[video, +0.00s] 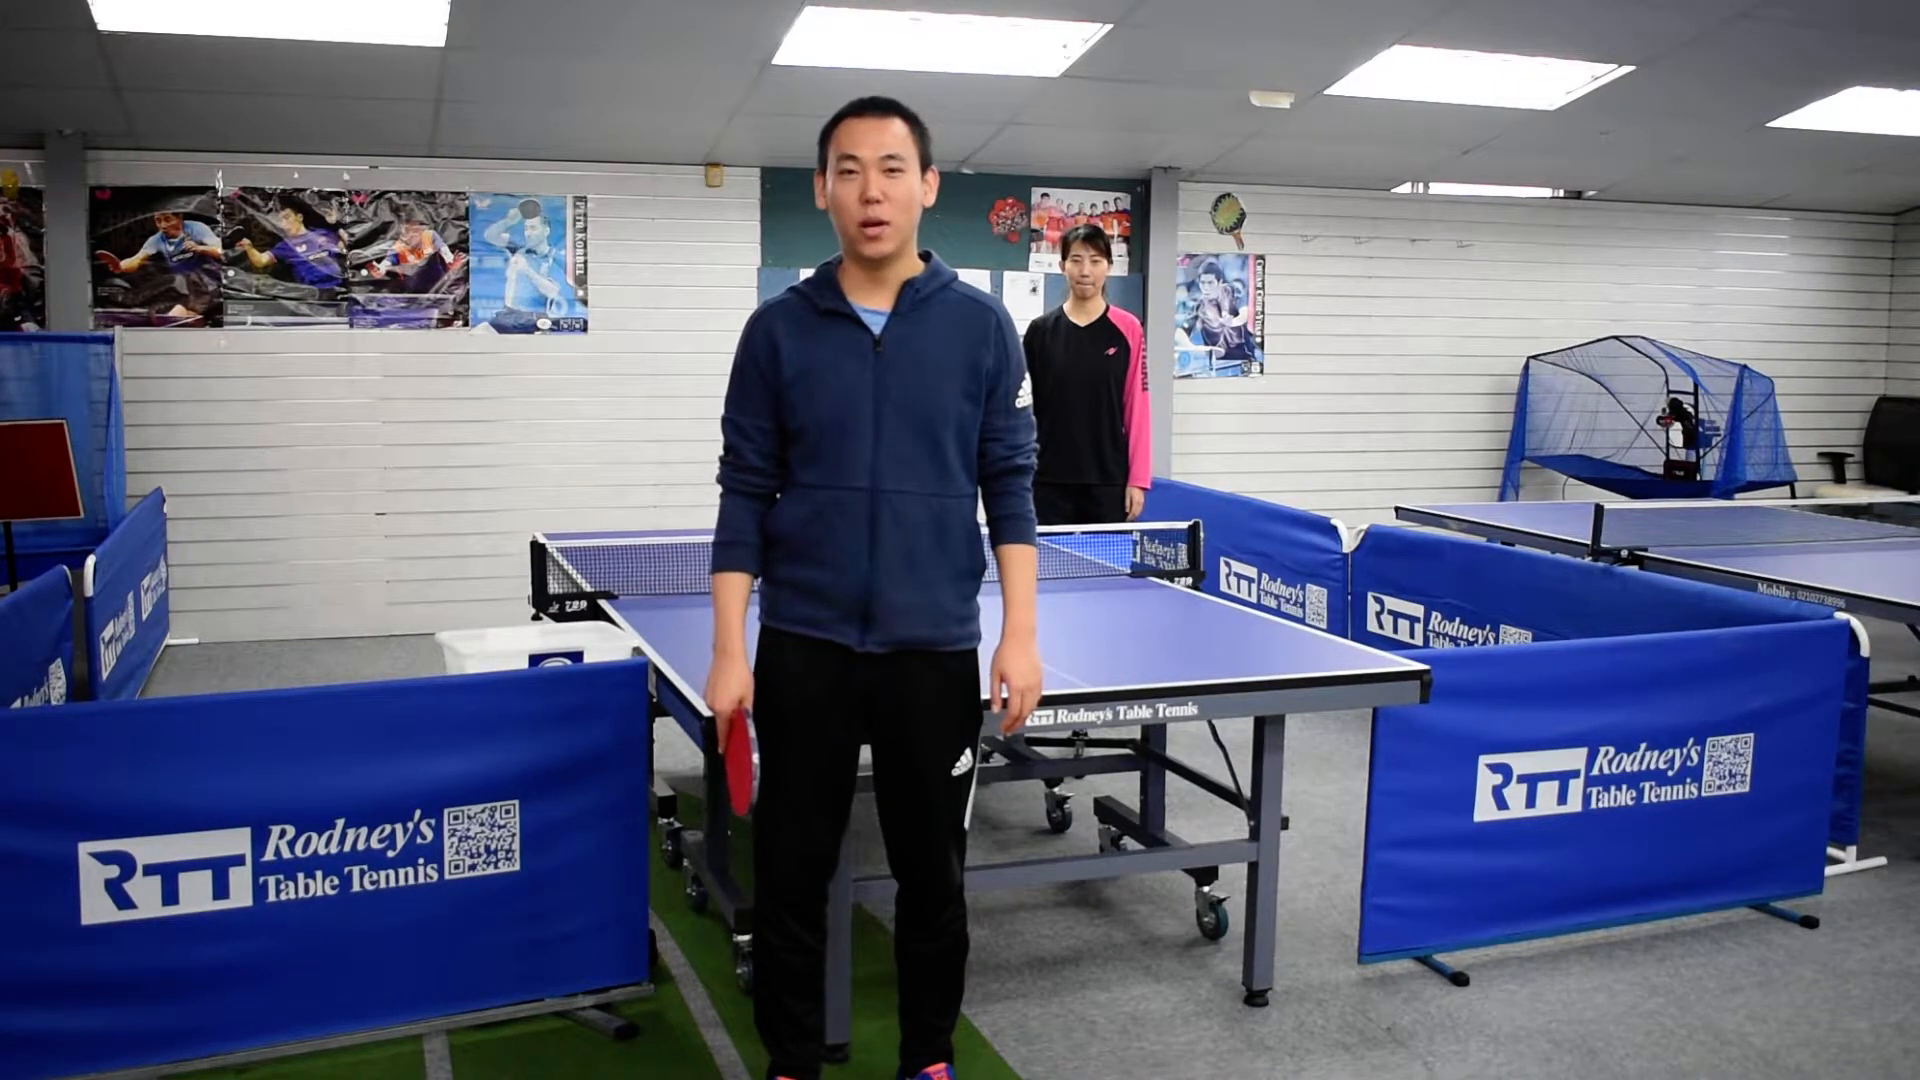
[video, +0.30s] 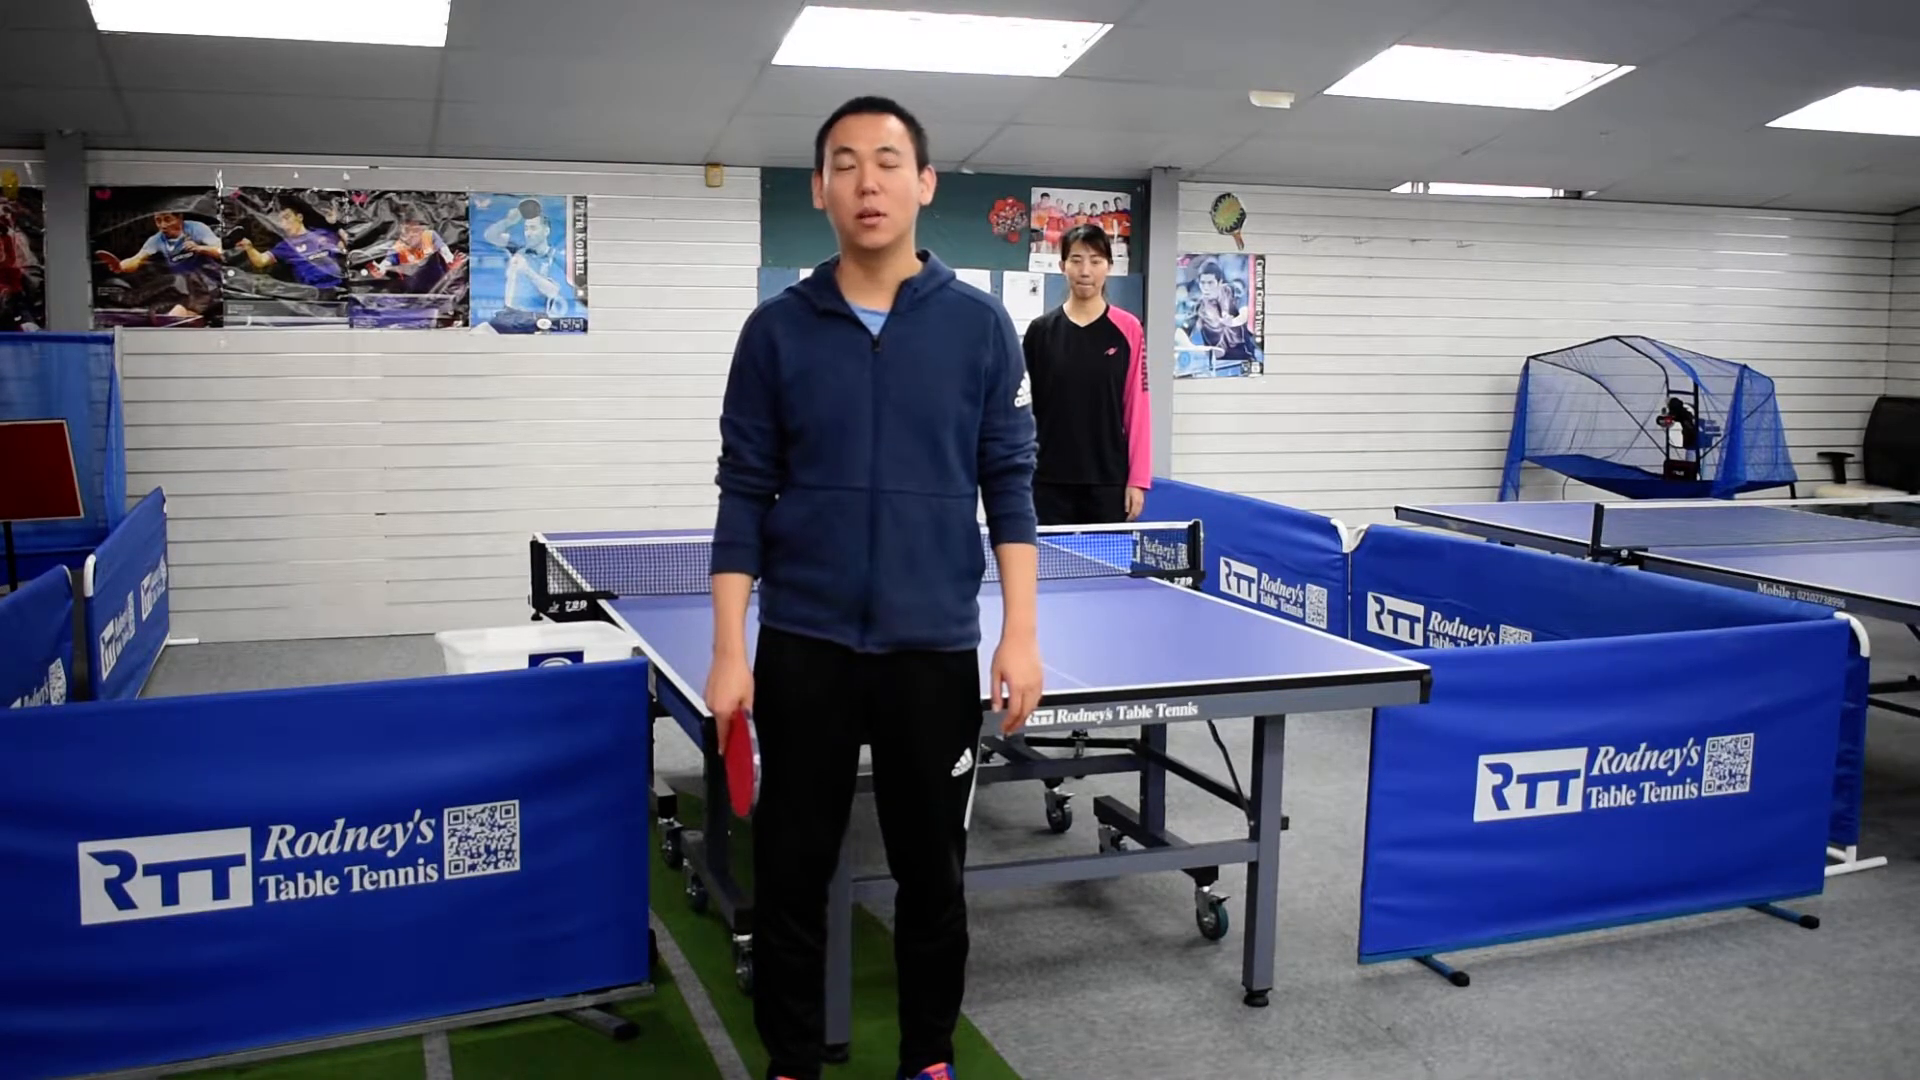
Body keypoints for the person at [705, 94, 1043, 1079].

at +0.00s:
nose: (870, 189)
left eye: (892, 169)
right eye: (849, 170)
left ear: (927, 190)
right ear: (824, 193)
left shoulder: (980, 327)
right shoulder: (778, 329)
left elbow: (1011, 486)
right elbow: (742, 490)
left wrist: (1021, 633)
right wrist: (729, 649)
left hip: (933, 645)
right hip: (805, 643)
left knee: (931, 875)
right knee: (790, 875)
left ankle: (929, 1061)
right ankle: (791, 1062)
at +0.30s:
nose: (865, 181)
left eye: (887, 162)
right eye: (844, 165)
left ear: (924, 187)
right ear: (820, 192)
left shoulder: (979, 326)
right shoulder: (777, 329)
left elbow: (1011, 484)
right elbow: (742, 490)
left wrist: (1021, 633)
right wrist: (729, 649)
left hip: (932, 645)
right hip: (805, 644)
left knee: (930, 874)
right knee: (789, 875)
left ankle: (930, 1061)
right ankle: (791, 1062)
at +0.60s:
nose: (865, 187)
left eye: (887, 167)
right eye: (844, 169)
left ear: (923, 189)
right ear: (820, 195)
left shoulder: (979, 326)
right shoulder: (776, 330)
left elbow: (1012, 484)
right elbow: (740, 491)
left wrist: (1022, 631)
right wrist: (727, 649)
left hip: (932, 646)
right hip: (804, 644)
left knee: (930, 874)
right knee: (789, 877)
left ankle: (930, 1061)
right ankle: (791, 1062)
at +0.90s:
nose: (866, 186)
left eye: (888, 166)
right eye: (845, 168)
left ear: (924, 189)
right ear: (820, 193)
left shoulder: (979, 326)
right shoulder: (776, 330)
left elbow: (1011, 485)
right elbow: (740, 490)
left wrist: (1020, 633)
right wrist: (727, 649)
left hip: (932, 646)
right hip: (804, 644)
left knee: (930, 875)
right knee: (789, 876)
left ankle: (929, 1061)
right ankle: (791, 1062)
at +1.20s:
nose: (866, 180)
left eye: (888, 162)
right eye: (845, 163)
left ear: (923, 187)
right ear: (820, 190)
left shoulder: (977, 325)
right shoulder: (775, 329)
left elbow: (1010, 484)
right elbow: (740, 490)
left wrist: (1019, 633)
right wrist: (727, 650)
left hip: (932, 645)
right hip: (804, 644)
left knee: (930, 875)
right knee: (789, 876)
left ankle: (929, 1061)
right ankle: (791, 1062)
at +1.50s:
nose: (866, 190)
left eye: (888, 170)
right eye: (845, 171)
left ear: (923, 190)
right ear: (821, 193)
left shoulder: (977, 327)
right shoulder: (775, 330)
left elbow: (1010, 483)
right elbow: (740, 491)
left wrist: (1019, 633)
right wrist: (727, 651)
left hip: (931, 645)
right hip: (803, 643)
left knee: (930, 874)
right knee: (789, 875)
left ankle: (929, 1060)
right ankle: (791, 1061)